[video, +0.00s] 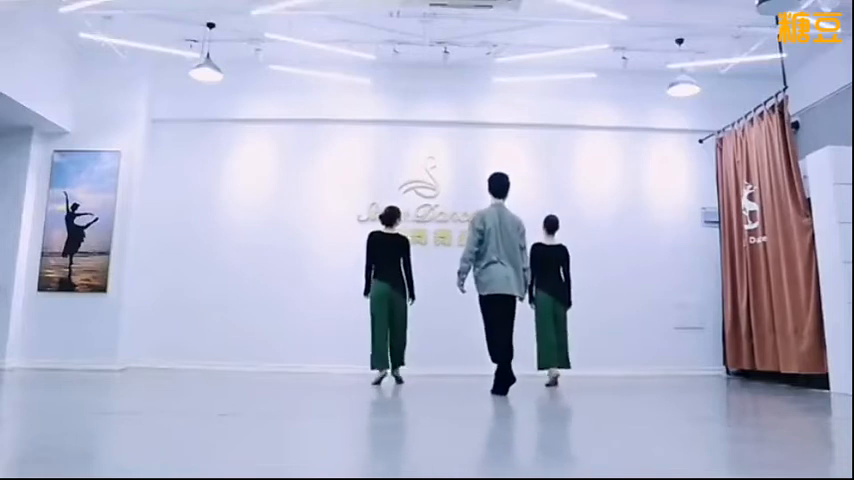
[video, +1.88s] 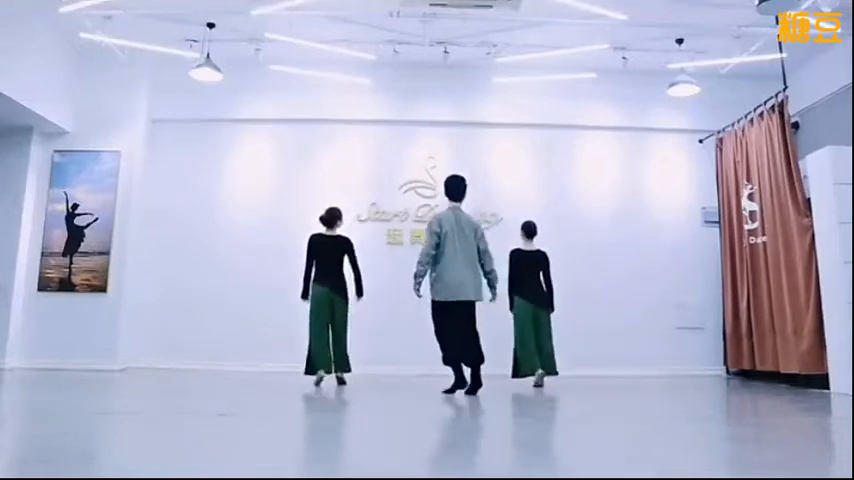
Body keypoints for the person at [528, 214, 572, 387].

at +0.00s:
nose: (548, 230)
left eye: (546, 227)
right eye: (551, 227)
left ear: (543, 228)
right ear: (557, 229)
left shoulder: (536, 248)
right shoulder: (562, 249)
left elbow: (532, 273)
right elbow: (567, 275)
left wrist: (530, 293)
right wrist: (568, 296)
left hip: (542, 292)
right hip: (559, 293)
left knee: (546, 331)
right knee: (558, 330)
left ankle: (552, 369)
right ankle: (555, 368)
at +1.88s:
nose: (522, 234)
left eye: (522, 232)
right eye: (525, 232)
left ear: (521, 234)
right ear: (536, 234)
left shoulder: (515, 254)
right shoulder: (542, 255)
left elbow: (511, 280)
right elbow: (548, 281)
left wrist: (511, 302)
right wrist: (551, 302)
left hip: (522, 299)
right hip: (540, 299)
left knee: (526, 335)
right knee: (542, 334)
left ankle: (537, 369)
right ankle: (542, 371)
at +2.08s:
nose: (512, 239)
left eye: (512, 236)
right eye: (515, 236)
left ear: (514, 238)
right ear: (527, 239)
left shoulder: (508, 259)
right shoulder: (534, 258)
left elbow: (505, 285)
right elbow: (547, 277)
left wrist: (504, 306)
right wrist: (559, 293)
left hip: (518, 303)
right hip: (535, 303)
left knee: (513, 337)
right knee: (538, 339)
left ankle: (513, 369)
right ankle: (538, 377)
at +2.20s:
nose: (503, 232)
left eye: (503, 230)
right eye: (504, 229)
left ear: (506, 230)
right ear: (518, 230)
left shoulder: (500, 249)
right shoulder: (525, 248)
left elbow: (494, 274)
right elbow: (542, 256)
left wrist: (492, 295)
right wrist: (553, 263)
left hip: (506, 296)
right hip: (524, 297)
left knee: (499, 332)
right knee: (531, 334)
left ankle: (489, 367)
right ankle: (537, 371)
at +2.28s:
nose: (499, 229)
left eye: (499, 227)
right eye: (500, 227)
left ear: (500, 227)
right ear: (514, 228)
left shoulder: (495, 245)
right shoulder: (521, 244)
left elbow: (489, 270)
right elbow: (538, 250)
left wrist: (486, 292)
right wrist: (547, 254)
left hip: (500, 292)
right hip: (518, 293)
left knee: (494, 329)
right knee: (525, 330)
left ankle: (484, 367)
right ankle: (534, 370)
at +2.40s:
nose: (489, 232)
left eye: (489, 230)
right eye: (493, 230)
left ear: (489, 230)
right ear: (503, 229)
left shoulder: (484, 246)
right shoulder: (509, 246)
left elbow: (477, 272)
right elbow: (518, 255)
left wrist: (474, 294)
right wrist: (522, 248)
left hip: (489, 290)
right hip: (506, 290)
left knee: (486, 329)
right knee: (506, 328)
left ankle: (484, 369)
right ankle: (507, 369)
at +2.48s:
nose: (487, 236)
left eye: (486, 233)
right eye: (491, 233)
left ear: (485, 233)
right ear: (498, 232)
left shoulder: (480, 249)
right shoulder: (506, 250)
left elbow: (474, 275)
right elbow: (506, 267)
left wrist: (470, 298)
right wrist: (510, 251)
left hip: (485, 292)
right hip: (503, 293)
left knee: (485, 331)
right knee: (497, 330)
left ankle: (486, 370)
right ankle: (490, 370)